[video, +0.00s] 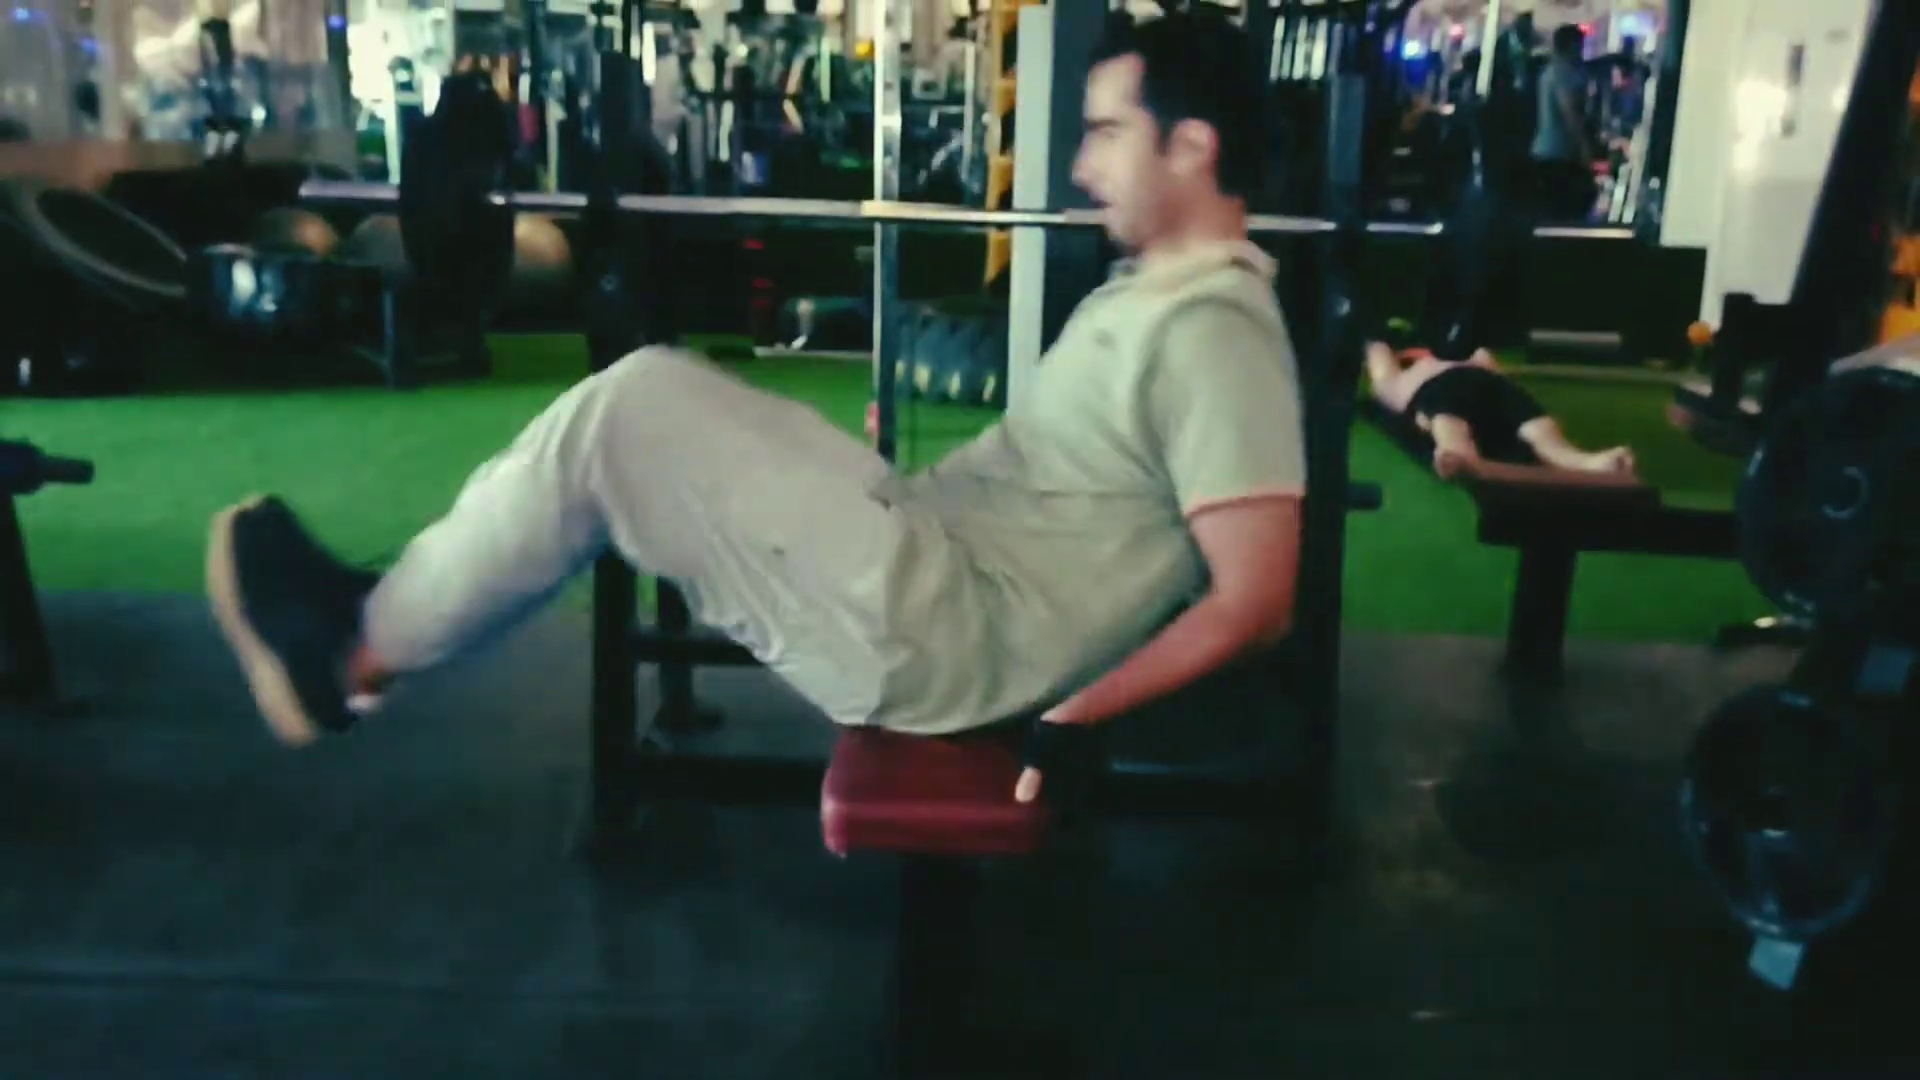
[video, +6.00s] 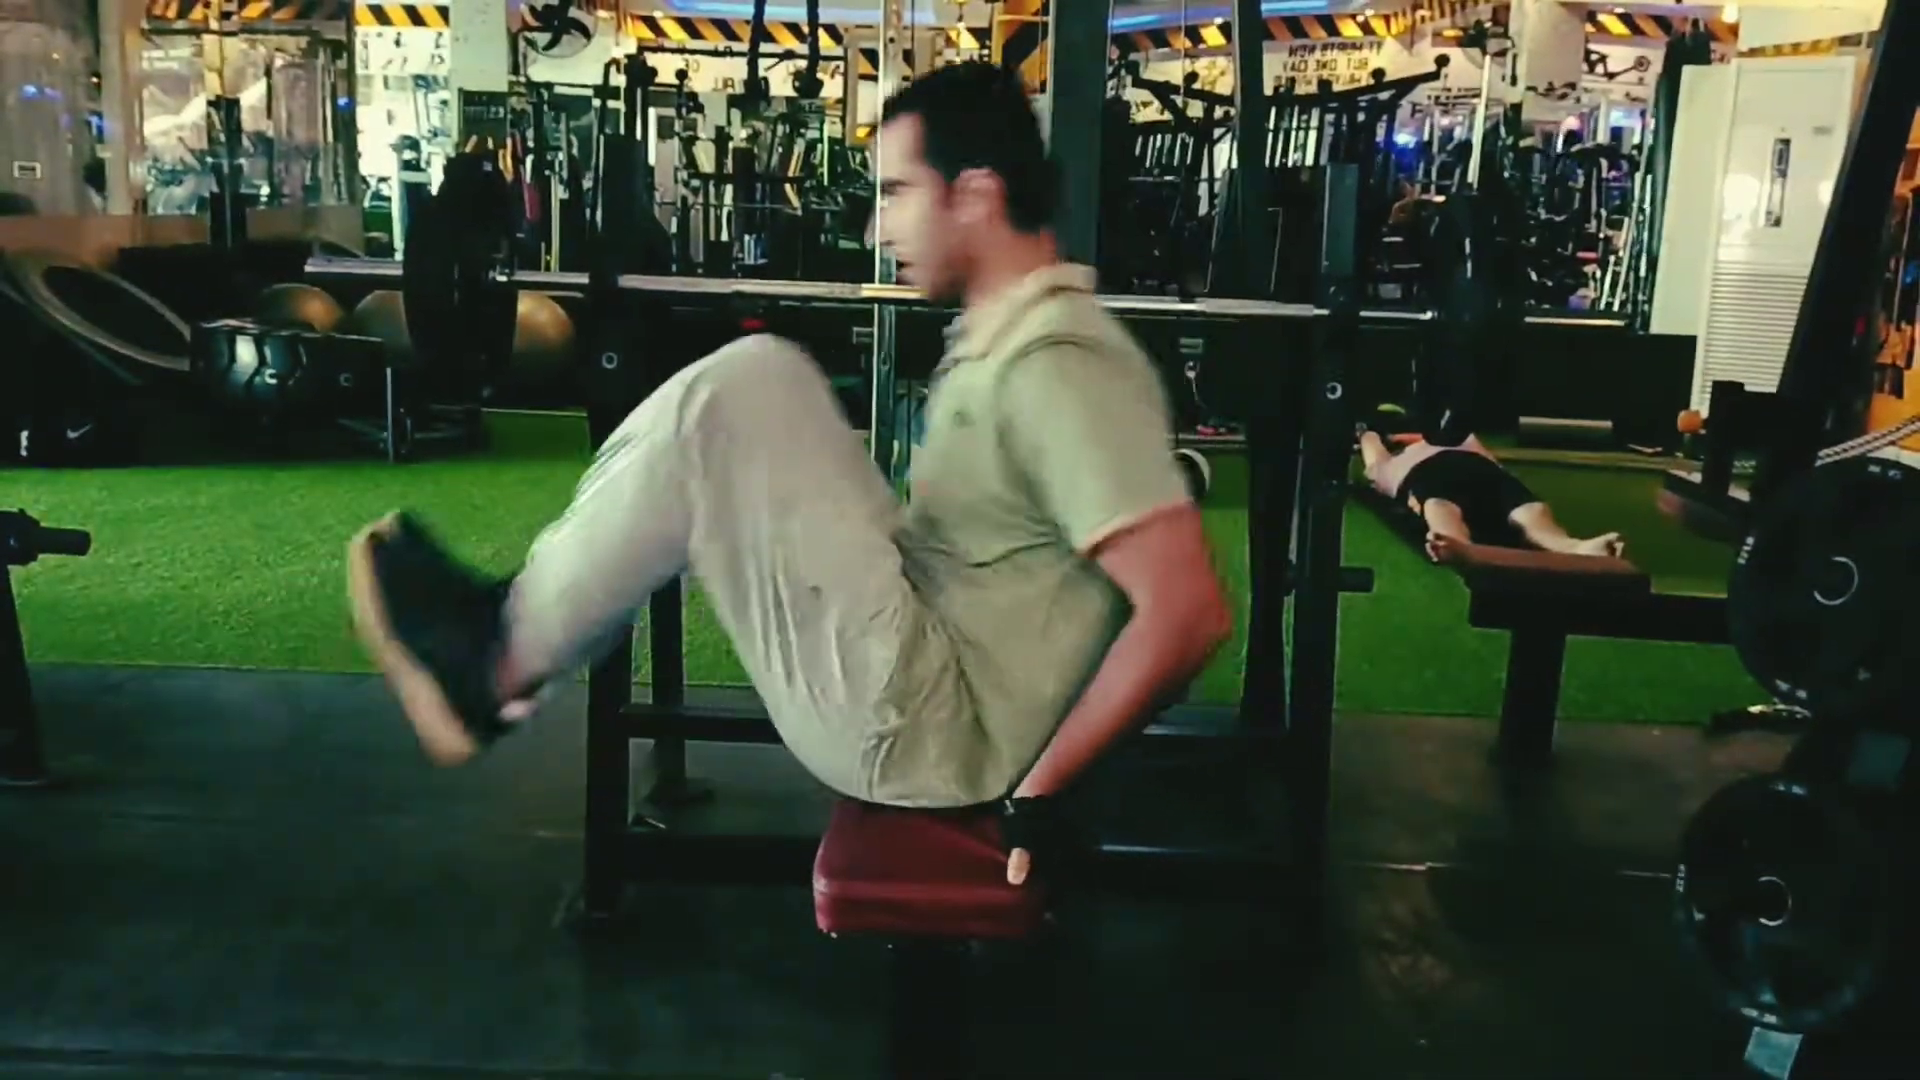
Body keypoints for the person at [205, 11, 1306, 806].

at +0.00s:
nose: (1084, 165)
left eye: (1107, 137)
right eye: (1088, 137)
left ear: (1197, 150)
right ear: (1176, 152)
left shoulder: (1216, 324)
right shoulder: (1159, 294)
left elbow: (1255, 598)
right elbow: (1077, 488)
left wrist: (1058, 716)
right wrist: (909, 493)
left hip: (956, 639)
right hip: (937, 585)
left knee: (634, 410)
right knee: (651, 390)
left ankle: (350, 660)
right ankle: (371, 633)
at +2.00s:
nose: (1137, 234)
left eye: (1161, 208)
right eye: (1141, 208)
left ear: (1249, 226)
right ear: (1229, 231)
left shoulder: (1252, 393)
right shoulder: (1191, 363)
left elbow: (1271, 667)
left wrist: (1058, 761)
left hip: (931, 661)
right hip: (903, 590)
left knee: (566, 603)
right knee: (587, 559)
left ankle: (250, 810)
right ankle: (287, 762)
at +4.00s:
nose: (1112, 247)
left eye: (1137, 220)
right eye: (1117, 221)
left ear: (1226, 241)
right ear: (1206, 244)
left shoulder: (1242, 412)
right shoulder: (1174, 377)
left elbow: (1253, 675)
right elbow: (1095, 569)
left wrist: (1057, 795)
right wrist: (920, 576)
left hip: (963, 706)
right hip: (933, 648)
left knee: (627, 520)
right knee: (616, 525)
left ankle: (326, 751)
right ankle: (331, 744)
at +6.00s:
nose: (881, 227)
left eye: (894, 193)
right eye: (879, 196)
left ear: (979, 194)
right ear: (977, 196)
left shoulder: (1057, 354)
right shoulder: (1007, 340)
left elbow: (1184, 609)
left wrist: (1027, 800)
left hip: (941, 733)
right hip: (919, 704)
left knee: (751, 383)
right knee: (734, 385)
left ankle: (498, 670)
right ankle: (501, 642)